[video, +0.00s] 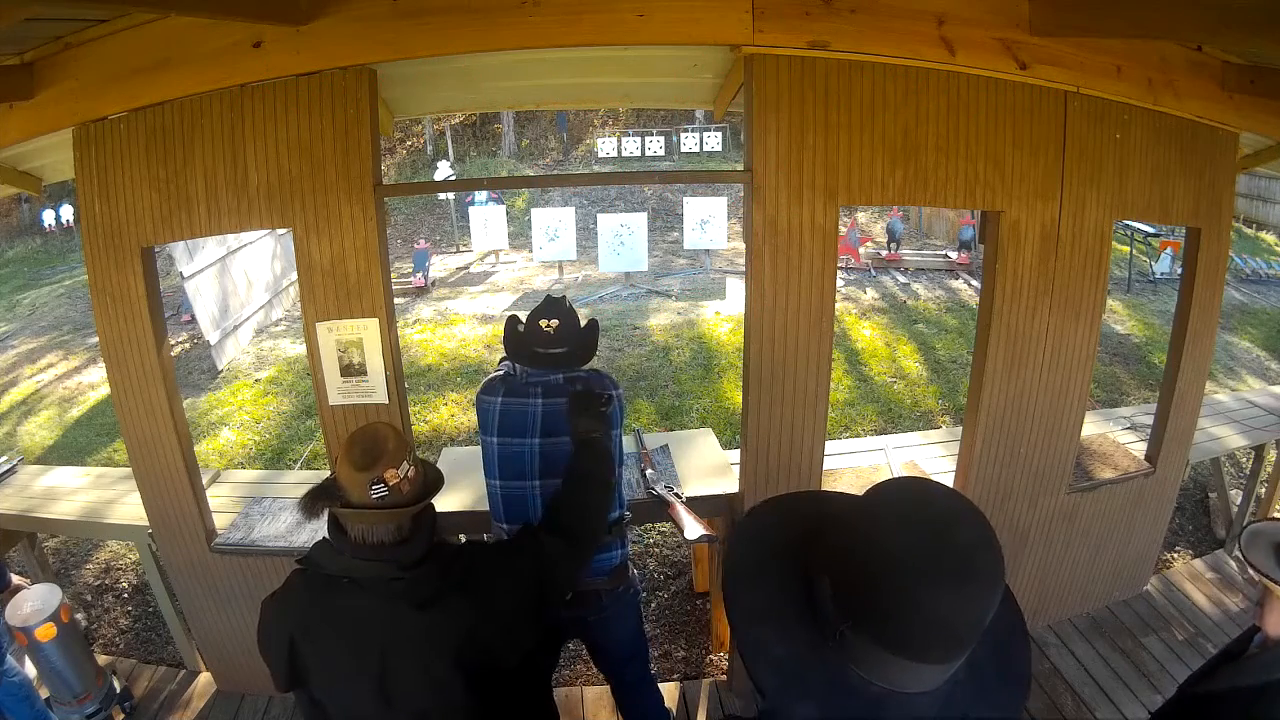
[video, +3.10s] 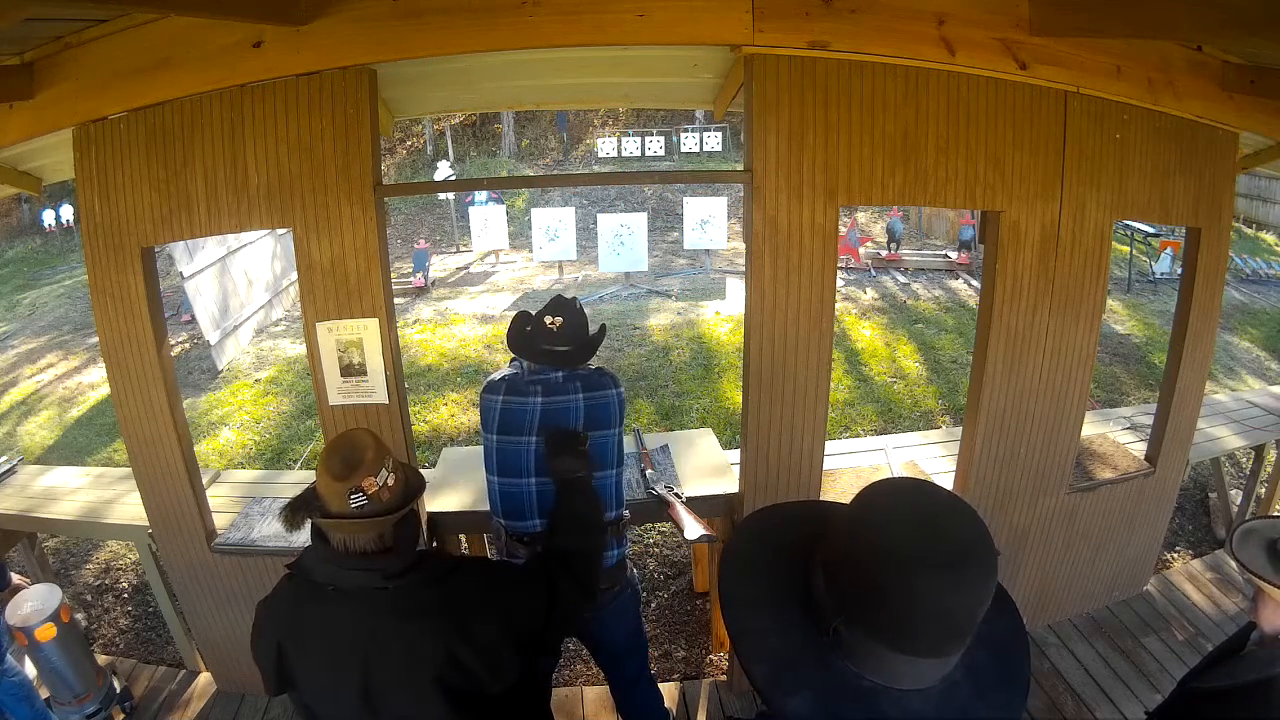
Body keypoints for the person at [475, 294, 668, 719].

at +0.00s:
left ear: (521, 344)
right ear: (581, 345)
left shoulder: (490, 395)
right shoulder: (604, 391)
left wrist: (525, 349)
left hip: (521, 583)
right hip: (601, 581)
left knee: (530, 693)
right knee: (636, 689)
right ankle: (656, 716)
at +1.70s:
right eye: (585, 339)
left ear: (529, 341)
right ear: (583, 345)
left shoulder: (491, 390)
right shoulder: (605, 389)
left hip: (517, 582)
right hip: (596, 576)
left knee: (528, 692)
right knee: (634, 687)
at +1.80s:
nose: (592, 355)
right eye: (591, 348)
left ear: (535, 346)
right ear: (586, 349)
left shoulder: (492, 391)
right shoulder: (608, 392)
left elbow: (457, 440)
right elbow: (634, 410)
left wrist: (512, 439)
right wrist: (590, 372)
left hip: (517, 579)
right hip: (597, 575)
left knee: (527, 691)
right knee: (633, 683)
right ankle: (653, 717)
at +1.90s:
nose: (594, 360)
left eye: (593, 353)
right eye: (593, 352)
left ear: (541, 348)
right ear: (586, 352)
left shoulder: (488, 396)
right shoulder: (613, 393)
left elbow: (445, 463)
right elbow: (673, 429)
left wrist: (494, 502)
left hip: (519, 577)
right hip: (600, 572)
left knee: (529, 689)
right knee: (634, 683)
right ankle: (652, 717)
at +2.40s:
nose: (603, 365)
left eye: (543, 347)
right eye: (602, 358)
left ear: (544, 350)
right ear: (595, 356)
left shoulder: (494, 388)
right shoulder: (624, 394)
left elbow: (428, 422)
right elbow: (683, 445)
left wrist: (476, 472)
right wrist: (638, 475)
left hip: (522, 581)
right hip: (604, 575)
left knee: (528, 694)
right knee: (635, 684)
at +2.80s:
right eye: (580, 335)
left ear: (523, 342)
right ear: (581, 343)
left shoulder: (489, 401)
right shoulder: (608, 391)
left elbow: (479, 449)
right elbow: (629, 459)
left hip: (526, 585)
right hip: (605, 577)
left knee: (530, 696)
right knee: (636, 686)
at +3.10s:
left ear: (528, 341)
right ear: (583, 344)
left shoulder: (494, 392)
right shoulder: (607, 387)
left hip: (524, 582)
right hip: (602, 575)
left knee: (529, 693)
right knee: (636, 687)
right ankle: (653, 716)